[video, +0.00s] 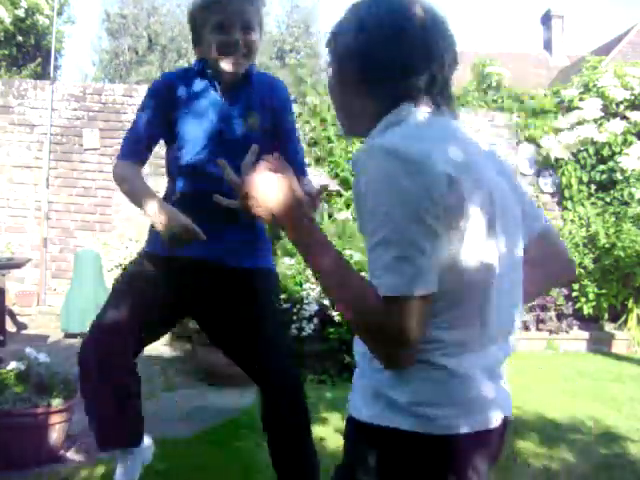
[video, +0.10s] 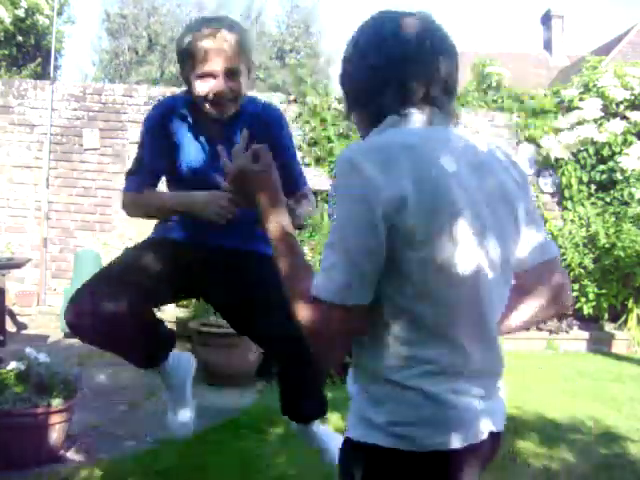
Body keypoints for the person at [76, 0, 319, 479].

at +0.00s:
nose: (236, 39)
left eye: (246, 29)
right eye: (222, 29)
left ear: (259, 33)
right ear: (198, 34)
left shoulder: (271, 93)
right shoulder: (170, 89)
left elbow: (296, 177)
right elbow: (125, 167)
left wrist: (301, 189)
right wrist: (155, 208)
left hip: (244, 267)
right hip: (172, 260)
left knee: (283, 382)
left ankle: (299, 477)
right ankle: (130, 449)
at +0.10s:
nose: (220, 87)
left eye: (231, 75)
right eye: (207, 76)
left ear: (248, 74)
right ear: (187, 77)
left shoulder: (267, 120)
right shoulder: (167, 116)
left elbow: (302, 201)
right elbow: (133, 200)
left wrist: (270, 210)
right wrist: (192, 201)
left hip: (246, 257)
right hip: (178, 250)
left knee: (295, 333)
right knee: (90, 312)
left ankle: (307, 419)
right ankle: (173, 366)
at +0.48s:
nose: (205, 177)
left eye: (216, 165)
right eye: (193, 168)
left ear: (238, 169)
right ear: (180, 179)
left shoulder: (273, 237)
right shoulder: (172, 233)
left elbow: (294, 318)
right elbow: (177, 308)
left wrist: (280, 363)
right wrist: (199, 350)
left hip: (263, 379)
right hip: (194, 374)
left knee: (296, 467)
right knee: (127, 454)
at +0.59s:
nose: (209, 161)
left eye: (221, 149)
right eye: (198, 153)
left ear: (243, 161)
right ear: (184, 168)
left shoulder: (275, 233)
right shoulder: (173, 232)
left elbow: (301, 311)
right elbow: (175, 312)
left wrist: (293, 352)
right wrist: (201, 347)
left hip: (267, 390)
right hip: (192, 383)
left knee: (287, 473)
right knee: (119, 460)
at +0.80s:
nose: (232, 209)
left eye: (243, 198)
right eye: (220, 198)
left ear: (261, 199)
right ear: (202, 199)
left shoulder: (279, 252)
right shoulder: (182, 238)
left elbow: (306, 328)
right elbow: (146, 307)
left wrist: (299, 358)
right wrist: (185, 355)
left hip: (257, 388)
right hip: (184, 387)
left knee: (327, 472)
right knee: (125, 469)